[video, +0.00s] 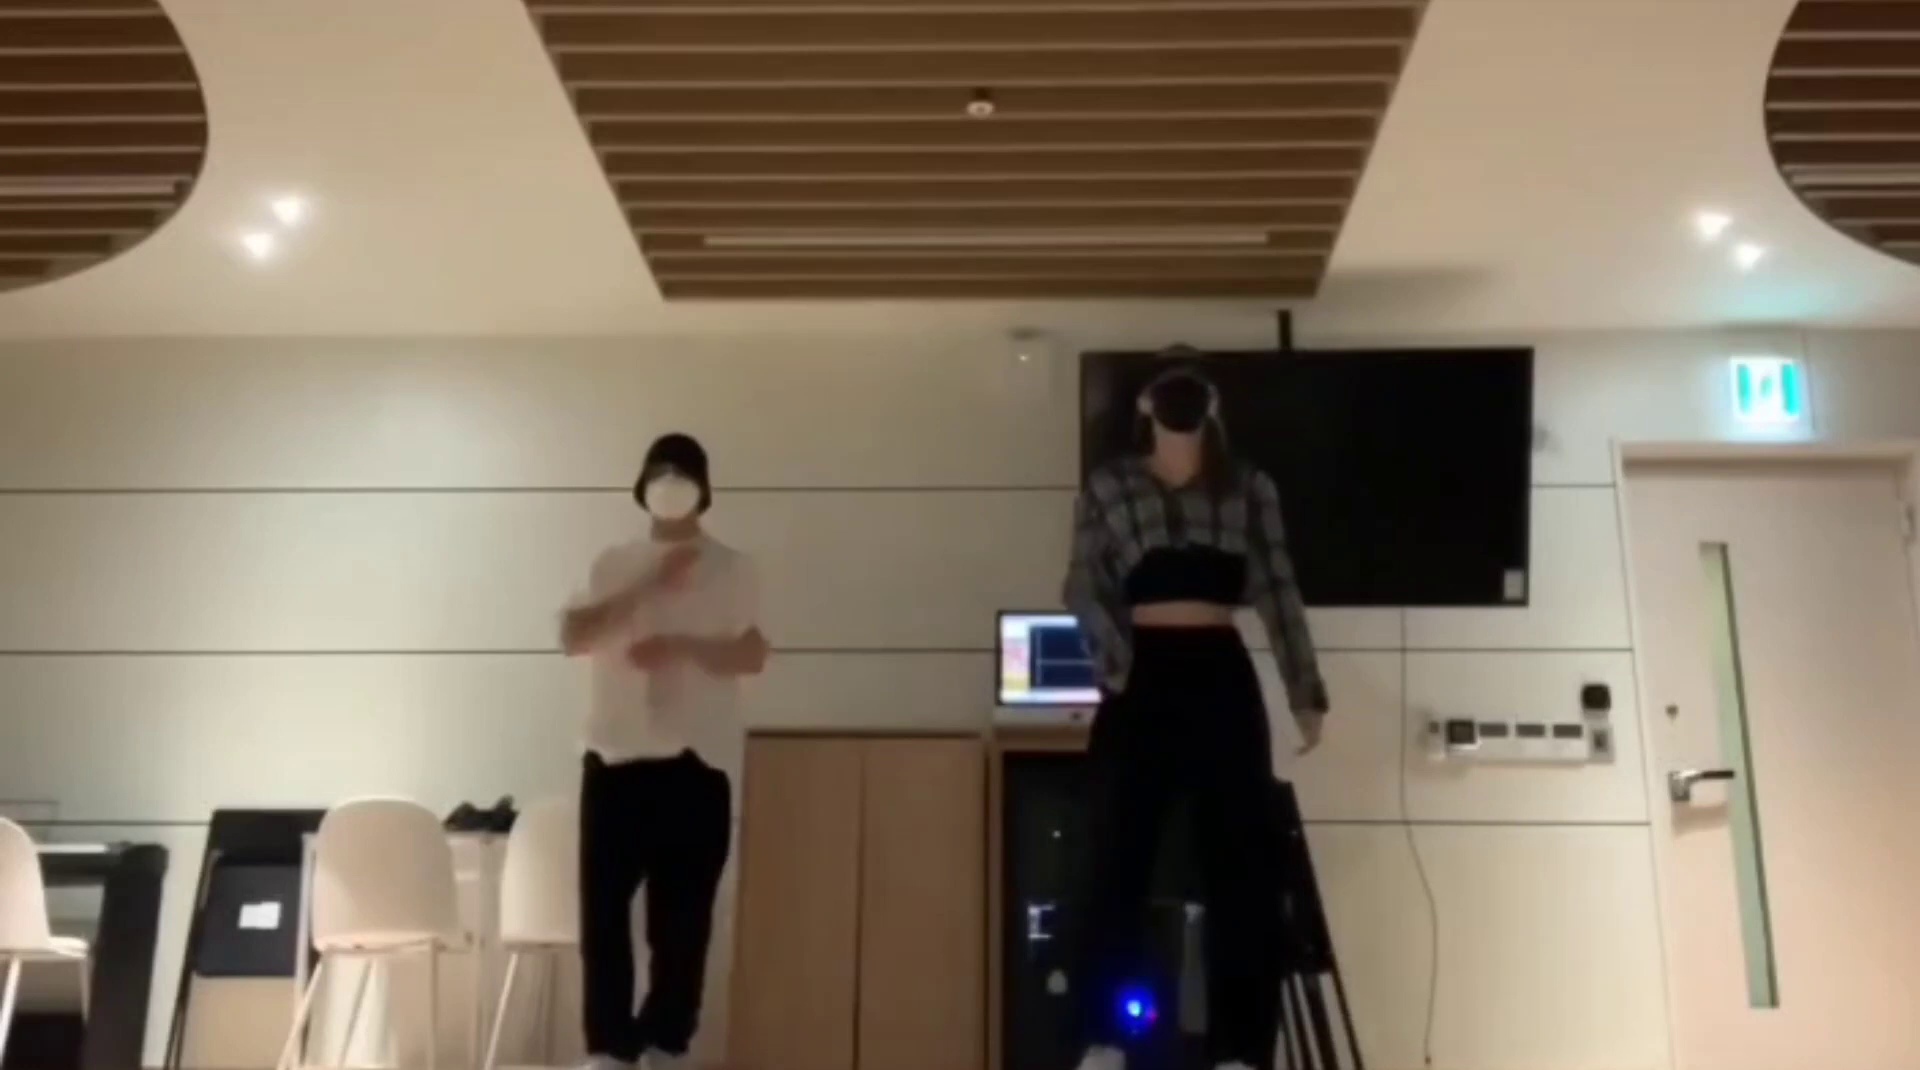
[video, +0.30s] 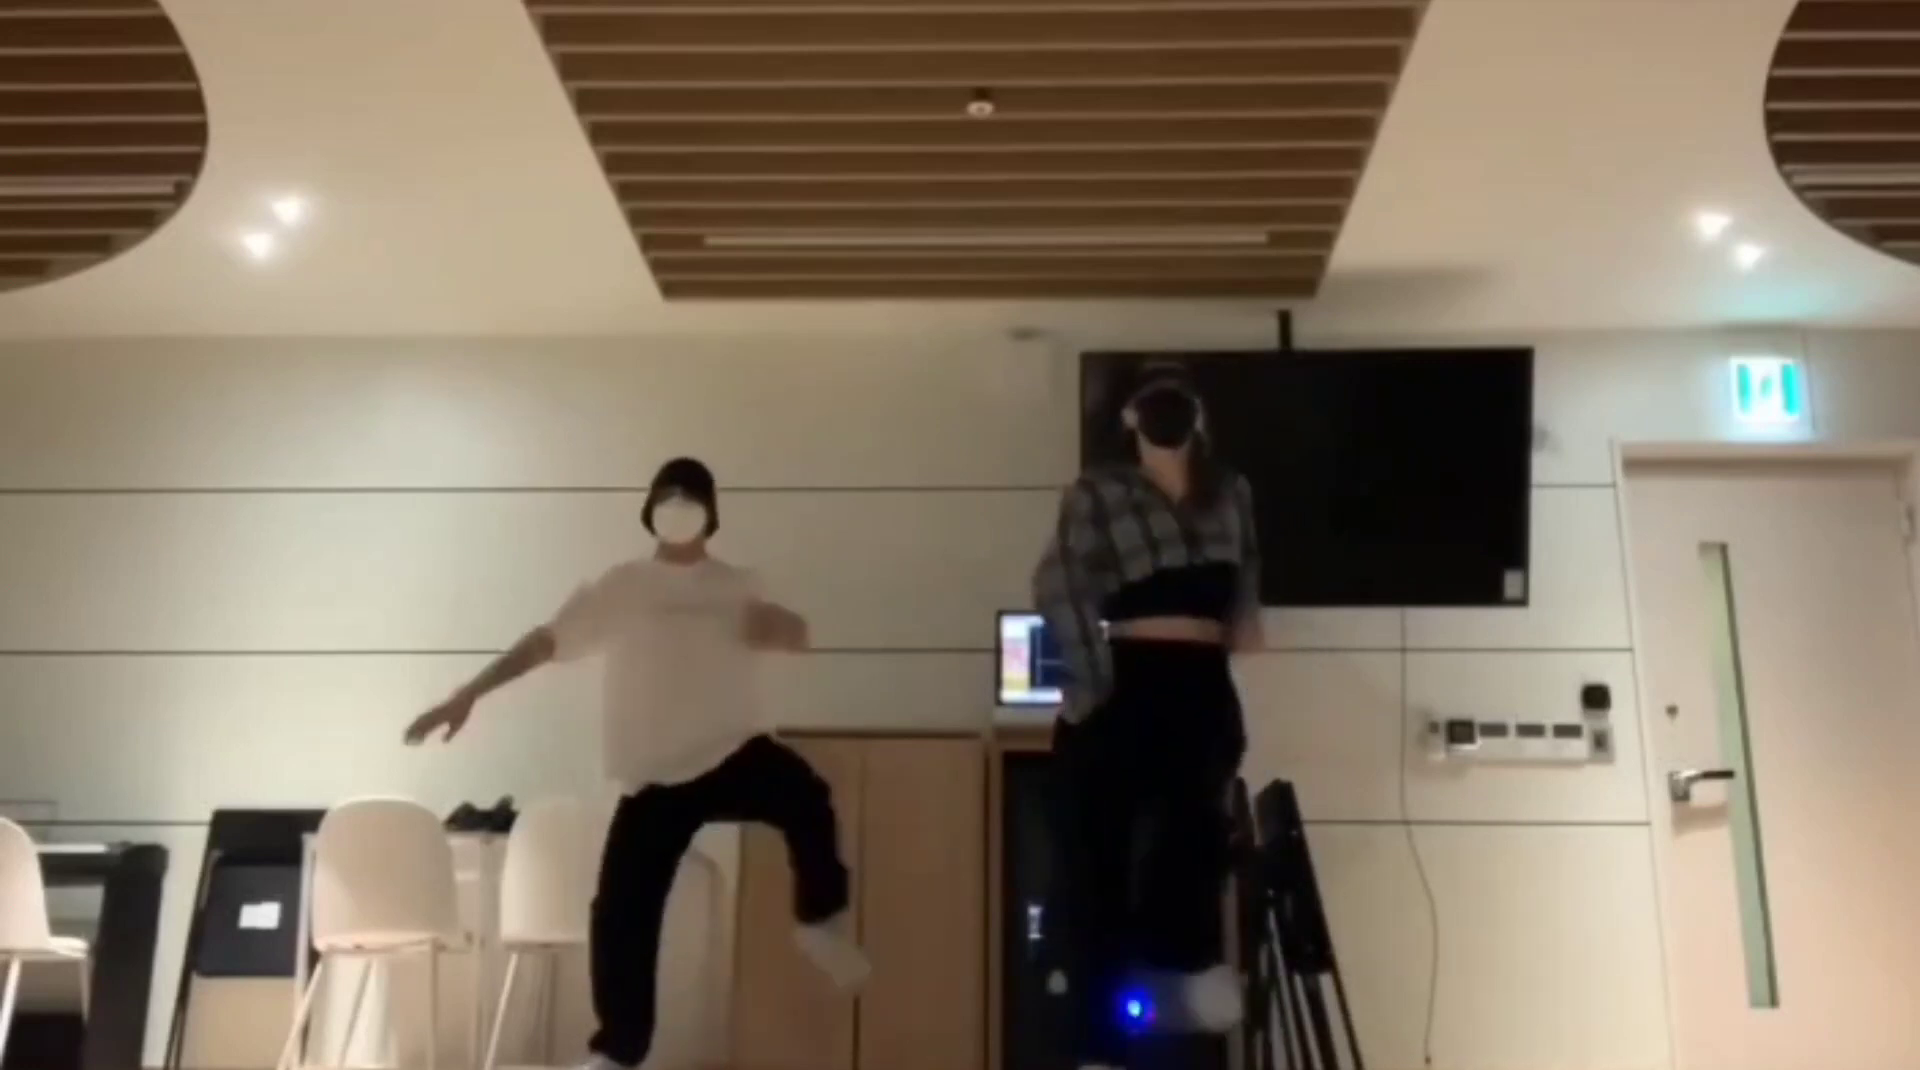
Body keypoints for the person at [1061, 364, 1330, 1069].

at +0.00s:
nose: (1180, 401)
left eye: (1188, 390)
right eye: (1170, 389)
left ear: (1202, 406)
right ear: (1150, 406)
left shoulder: (1250, 489)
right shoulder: (1109, 486)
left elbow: (1279, 591)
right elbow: (1082, 584)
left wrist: (1305, 687)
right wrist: (1119, 663)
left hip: (1223, 682)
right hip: (1143, 682)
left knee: (1240, 860)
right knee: (1120, 855)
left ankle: (1241, 1044)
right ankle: (1103, 1036)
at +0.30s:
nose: (1169, 410)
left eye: (1181, 397)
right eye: (1153, 399)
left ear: (1201, 413)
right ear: (1129, 417)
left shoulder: (1228, 494)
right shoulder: (1096, 493)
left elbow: (1244, 586)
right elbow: (1056, 585)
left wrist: (1237, 634)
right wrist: (1085, 678)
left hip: (1202, 689)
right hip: (1123, 688)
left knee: (1194, 829)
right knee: (1108, 839)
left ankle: (1186, 971)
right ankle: (1100, 993)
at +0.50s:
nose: (1177, 418)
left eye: (1188, 407)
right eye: (1163, 407)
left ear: (1207, 423)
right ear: (1137, 424)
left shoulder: (1229, 497)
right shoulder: (1100, 506)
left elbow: (1260, 561)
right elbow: (1068, 596)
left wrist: (1309, 573)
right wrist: (1092, 652)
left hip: (1222, 698)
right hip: (1134, 700)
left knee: (1291, 852)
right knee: (1083, 858)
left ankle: (1405, 1032)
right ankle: (1090, 1035)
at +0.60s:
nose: (1175, 423)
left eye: (1188, 411)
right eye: (1162, 412)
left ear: (1210, 429)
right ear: (1140, 428)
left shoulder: (1244, 489)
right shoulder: (1121, 507)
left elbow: (1346, 527)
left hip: (1253, 695)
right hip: (1167, 712)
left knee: (1348, 861)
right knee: (1105, 864)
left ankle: (1446, 1056)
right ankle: (1086, 1041)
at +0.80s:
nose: (1200, 413)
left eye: (1210, 401)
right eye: (1193, 401)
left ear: (1225, 418)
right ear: (1174, 418)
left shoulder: (1251, 476)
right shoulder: (1149, 498)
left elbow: (1338, 467)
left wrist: (1455, 451)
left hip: (1260, 683)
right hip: (1183, 702)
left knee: (1358, 860)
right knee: (1121, 865)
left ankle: (1447, 1050)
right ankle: (1083, 1041)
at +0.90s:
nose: (1218, 403)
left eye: (1233, 391)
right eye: (1207, 393)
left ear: (1252, 412)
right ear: (1189, 413)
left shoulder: (1264, 474)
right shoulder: (1174, 494)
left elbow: (1298, 417)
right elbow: (1175, 607)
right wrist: (1157, 675)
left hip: (1263, 674)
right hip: (1185, 687)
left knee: (1347, 856)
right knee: (1134, 861)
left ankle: (1449, 1040)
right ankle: (1084, 1036)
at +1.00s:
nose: (1213, 417)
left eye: (1228, 400)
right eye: (1207, 403)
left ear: (1253, 407)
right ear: (1199, 412)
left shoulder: (1276, 476)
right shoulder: (1185, 490)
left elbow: (1269, 418)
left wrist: (1290, 355)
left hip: (1264, 674)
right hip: (1185, 686)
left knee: (1343, 856)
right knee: (1136, 867)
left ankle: (1451, 1039)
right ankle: (1092, 1044)